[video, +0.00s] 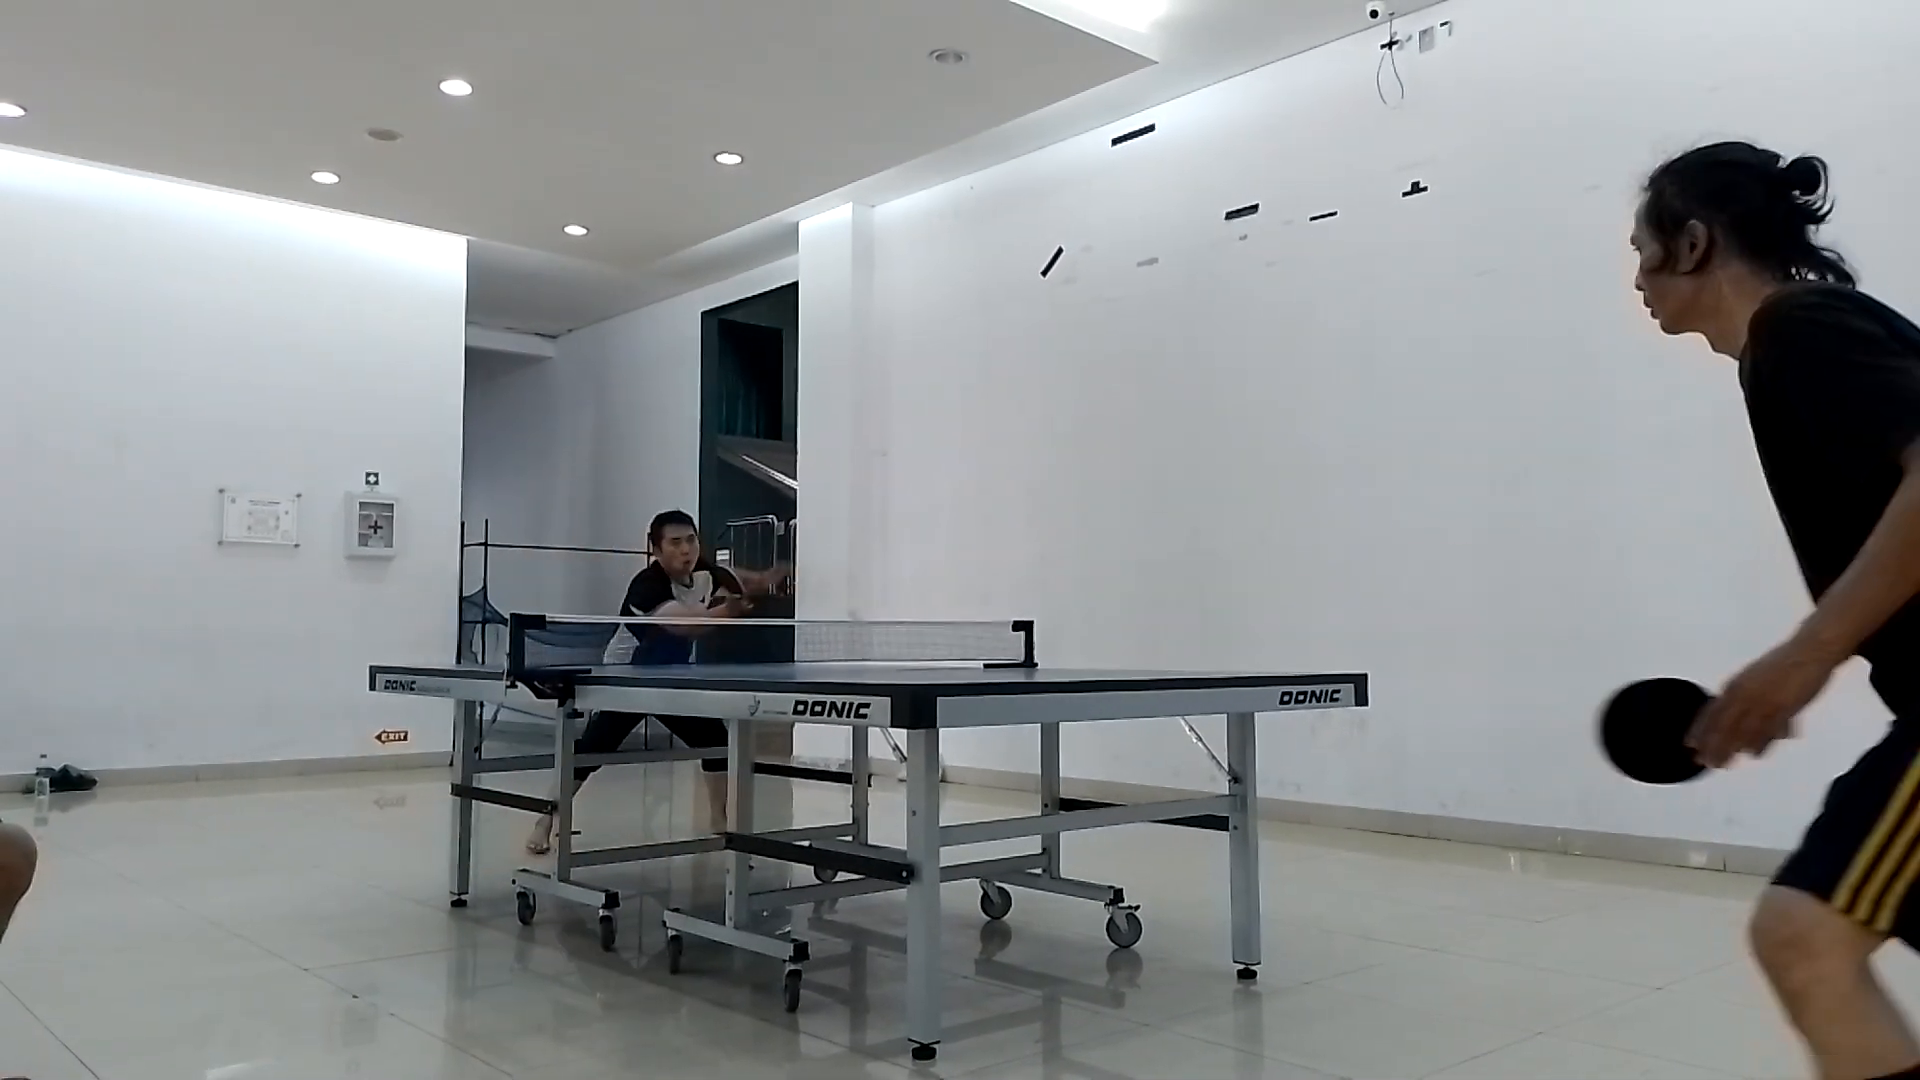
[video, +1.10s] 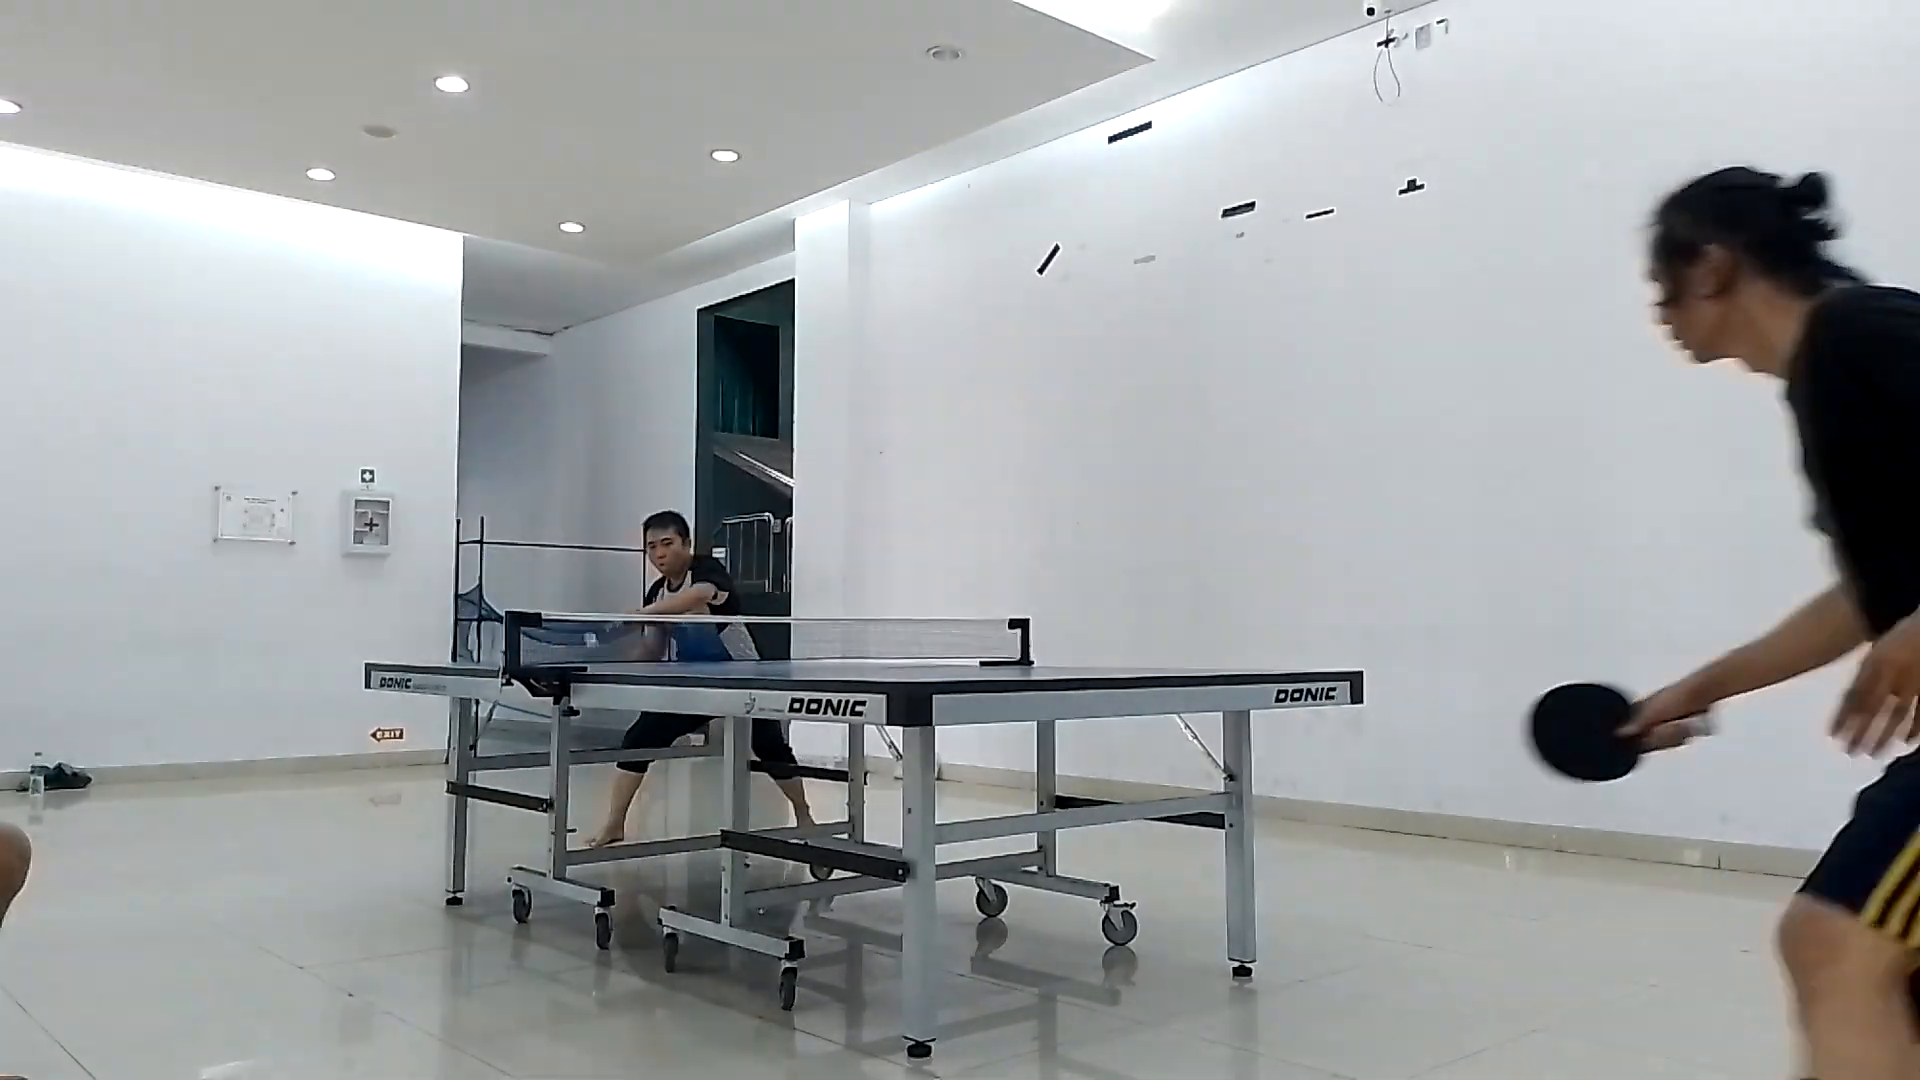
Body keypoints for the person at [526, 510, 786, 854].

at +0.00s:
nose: (687, 550)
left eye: (691, 541)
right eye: (676, 543)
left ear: (698, 544)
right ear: (657, 550)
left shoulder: (710, 576)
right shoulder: (646, 585)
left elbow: (746, 583)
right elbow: (683, 623)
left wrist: (772, 579)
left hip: (673, 685)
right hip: (626, 686)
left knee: (716, 741)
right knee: (595, 748)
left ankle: (720, 821)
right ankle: (548, 819)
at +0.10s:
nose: (678, 546)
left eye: (684, 537)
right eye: (668, 539)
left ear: (692, 541)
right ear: (651, 546)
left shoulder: (697, 578)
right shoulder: (637, 581)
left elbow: (723, 615)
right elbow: (652, 636)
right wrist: (695, 623)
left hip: (672, 690)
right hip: (625, 690)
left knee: (716, 748)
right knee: (593, 753)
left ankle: (720, 822)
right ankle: (542, 820)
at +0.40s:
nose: (680, 523)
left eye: (686, 515)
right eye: (670, 518)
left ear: (697, 523)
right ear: (656, 529)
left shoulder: (722, 566)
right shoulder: (642, 570)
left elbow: (757, 601)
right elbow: (619, 627)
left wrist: (738, 610)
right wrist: (633, 630)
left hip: (705, 681)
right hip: (654, 680)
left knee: (728, 752)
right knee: (608, 745)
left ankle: (720, 823)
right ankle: (560, 818)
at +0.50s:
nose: (682, 512)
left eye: (688, 504)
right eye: (672, 506)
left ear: (700, 511)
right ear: (660, 518)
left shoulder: (729, 553)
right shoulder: (649, 562)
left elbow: (768, 586)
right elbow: (631, 614)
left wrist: (753, 598)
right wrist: (635, 617)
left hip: (724, 669)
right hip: (671, 671)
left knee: (744, 746)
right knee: (637, 744)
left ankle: (735, 818)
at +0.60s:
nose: (686, 513)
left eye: (693, 506)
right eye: (677, 508)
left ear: (705, 514)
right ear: (665, 520)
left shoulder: (732, 553)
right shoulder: (656, 564)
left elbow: (775, 586)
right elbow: (641, 610)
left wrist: (747, 603)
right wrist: (644, 613)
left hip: (743, 669)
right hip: (687, 672)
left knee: (776, 743)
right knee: (659, 751)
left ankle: (785, 817)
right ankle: (663, 824)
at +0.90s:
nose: (690, 537)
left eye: (698, 528)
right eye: (682, 531)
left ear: (716, 532)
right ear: (675, 540)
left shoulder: (738, 564)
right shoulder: (674, 583)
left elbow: (747, 596)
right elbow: (662, 637)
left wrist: (691, 613)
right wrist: (646, 636)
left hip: (753, 681)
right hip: (702, 683)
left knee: (786, 748)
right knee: (654, 736)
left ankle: (818, 820)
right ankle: (619, 820)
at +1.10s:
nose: (657, 554)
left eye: (665, 544)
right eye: (651, 547)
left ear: (686, 544)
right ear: (646, 552)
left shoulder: (711, 571)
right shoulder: (657, 593)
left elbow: (692, 600)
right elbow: (652, 651)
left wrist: (640, 615)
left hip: (746, 686)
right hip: (693, 688)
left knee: (770, 747)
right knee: (639, 739)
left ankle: (803, 814)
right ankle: (614, 825)